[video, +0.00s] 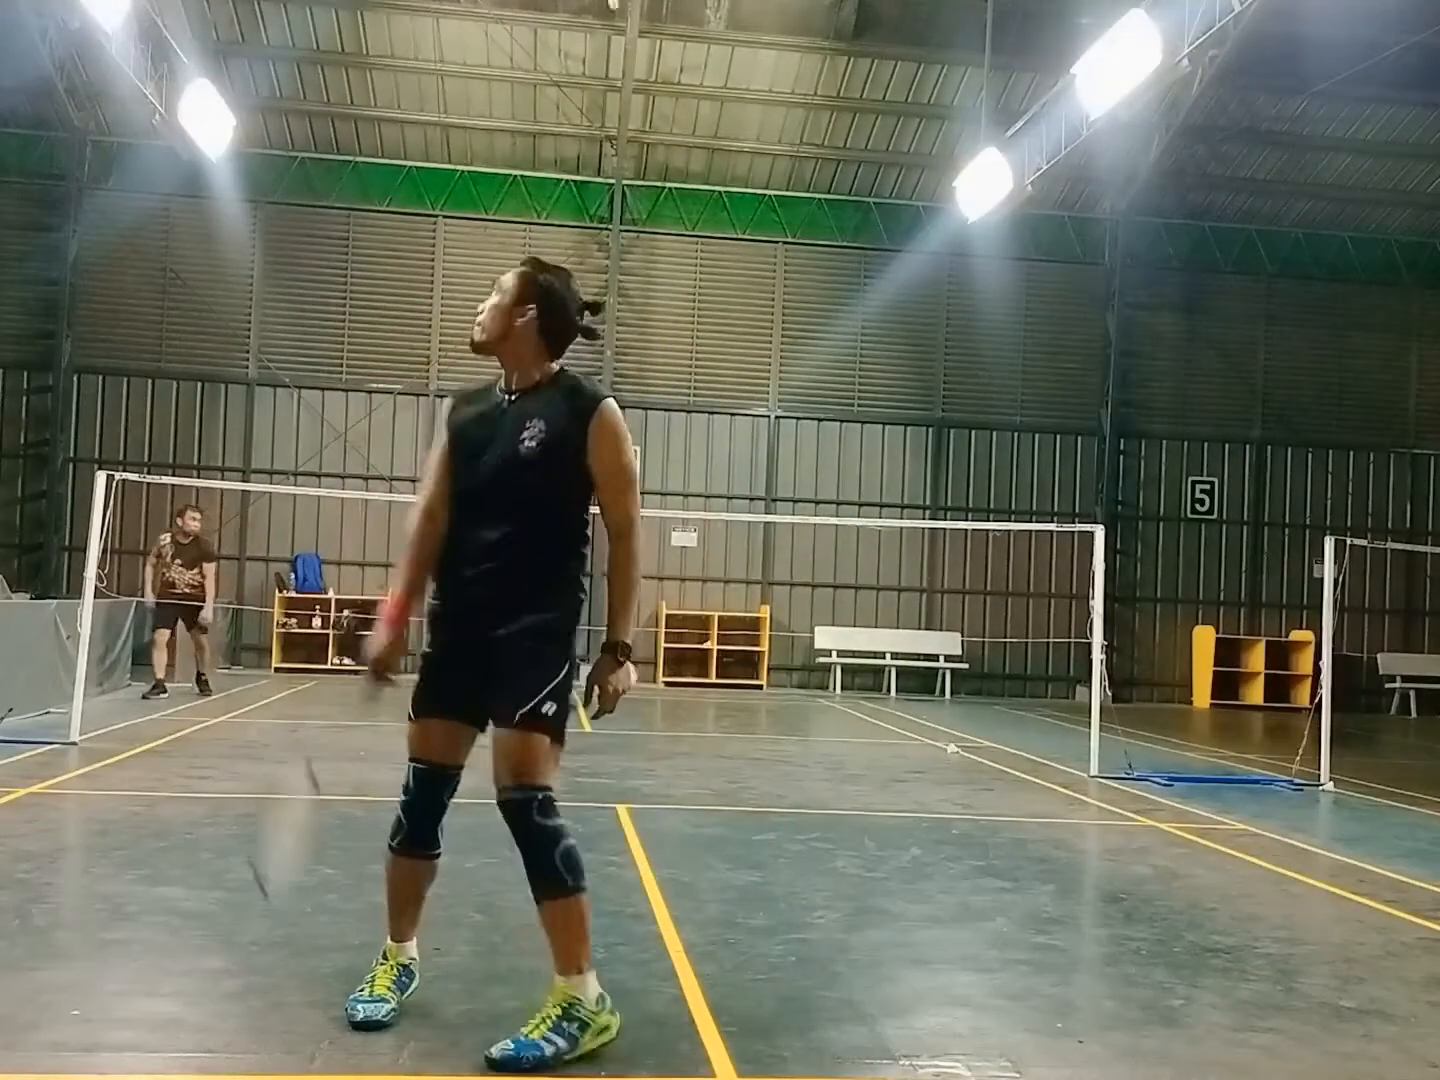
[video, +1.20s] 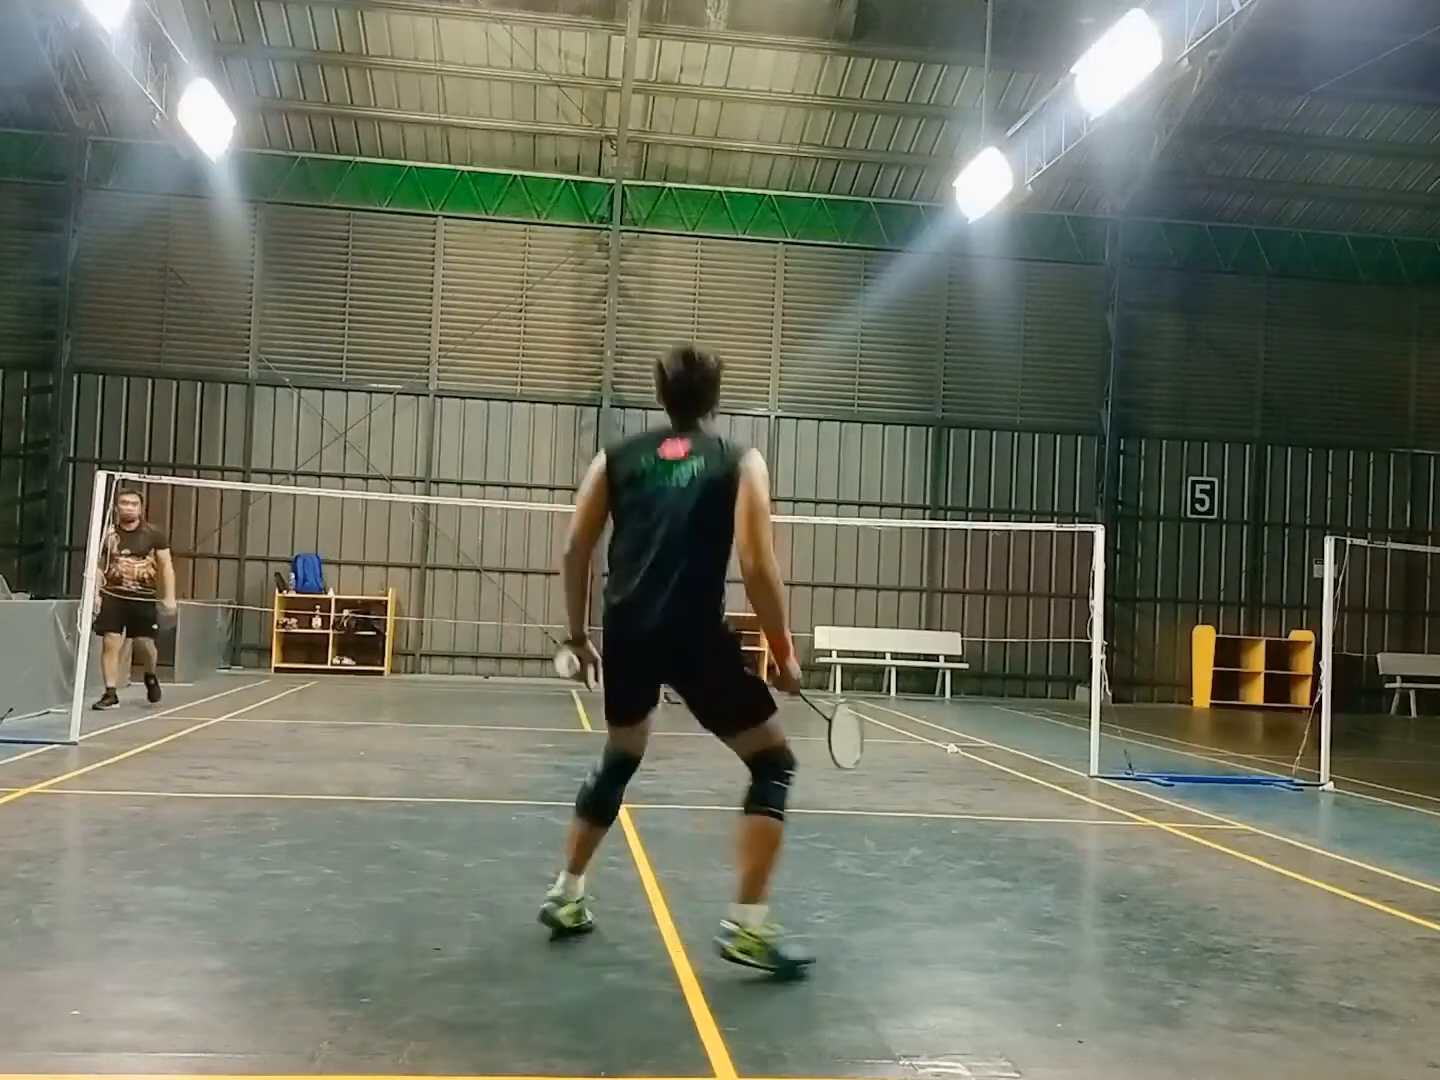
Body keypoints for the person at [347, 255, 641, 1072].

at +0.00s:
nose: (481, 311)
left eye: (493, 301)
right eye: (487, 299)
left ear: (527, 319)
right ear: (517, 320)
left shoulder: (590, 416)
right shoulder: (465, 417)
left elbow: (622, 531)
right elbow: (428, 522)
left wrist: (618, 641)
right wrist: (391, 619)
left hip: (541, 635)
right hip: (458, 630)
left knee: (527, 803)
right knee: (420, 798)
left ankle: (580, 996)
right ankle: (396, 956)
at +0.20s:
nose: (493, 320)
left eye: (499, 307)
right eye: (499, 307)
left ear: (517, 317)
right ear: (554, 318)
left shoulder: (563, 396)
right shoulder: (536, 401)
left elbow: (615, 507)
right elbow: (520, 522)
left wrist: (613, 634)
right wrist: (466, 596)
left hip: (566, 625)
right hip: (523, 620)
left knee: (547, 793)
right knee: (492, 774)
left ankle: (580, 1000)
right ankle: (489, 964)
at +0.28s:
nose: (507, 318)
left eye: (509, 307)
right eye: (513, 307)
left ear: (520, 316)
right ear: (574, 320)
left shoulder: (551, 392)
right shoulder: (559, 391)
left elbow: (596, 500)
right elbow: (558, 511)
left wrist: (599, 627)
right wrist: (503, 574)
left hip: (567, 625)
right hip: (545, 619)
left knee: (550, 793)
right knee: (514, 770)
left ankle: (584, 999)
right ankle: (551, 956)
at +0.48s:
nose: (552, 326)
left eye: (556, 317)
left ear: (561, 329)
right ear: (622, 339)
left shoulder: (551, 391)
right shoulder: (645, 414)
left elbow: (554, 495)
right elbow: (645, 530)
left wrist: (539, 618)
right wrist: (615, 612)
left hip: (578, 615)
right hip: (638, 618)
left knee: (560, 802)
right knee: (632, 785)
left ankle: (582, 1003)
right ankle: (676, 958)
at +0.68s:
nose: (608, 363)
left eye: (609, 355)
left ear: (614, 367)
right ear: (674, 376)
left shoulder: (577, 431)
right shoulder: (714, 451)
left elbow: (548, 525)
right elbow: (727, 569)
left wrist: (518, 641)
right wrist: (695, 630)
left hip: (607, 638)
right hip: (689, 643)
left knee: (559, 786)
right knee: (682, 795)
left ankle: (571, 967)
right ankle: (686, 962)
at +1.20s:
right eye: (711, 394)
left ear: (661, 400)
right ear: (714, 400)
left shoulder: (618, 457)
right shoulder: (739, 461)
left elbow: (577, 549)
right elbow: (756, 563)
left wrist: (576, 635)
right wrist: (781, 646)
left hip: (624, 635)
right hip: (695, 637)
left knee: (620, 755)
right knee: (772, 760)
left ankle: (567, 891)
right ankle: (750, 922)